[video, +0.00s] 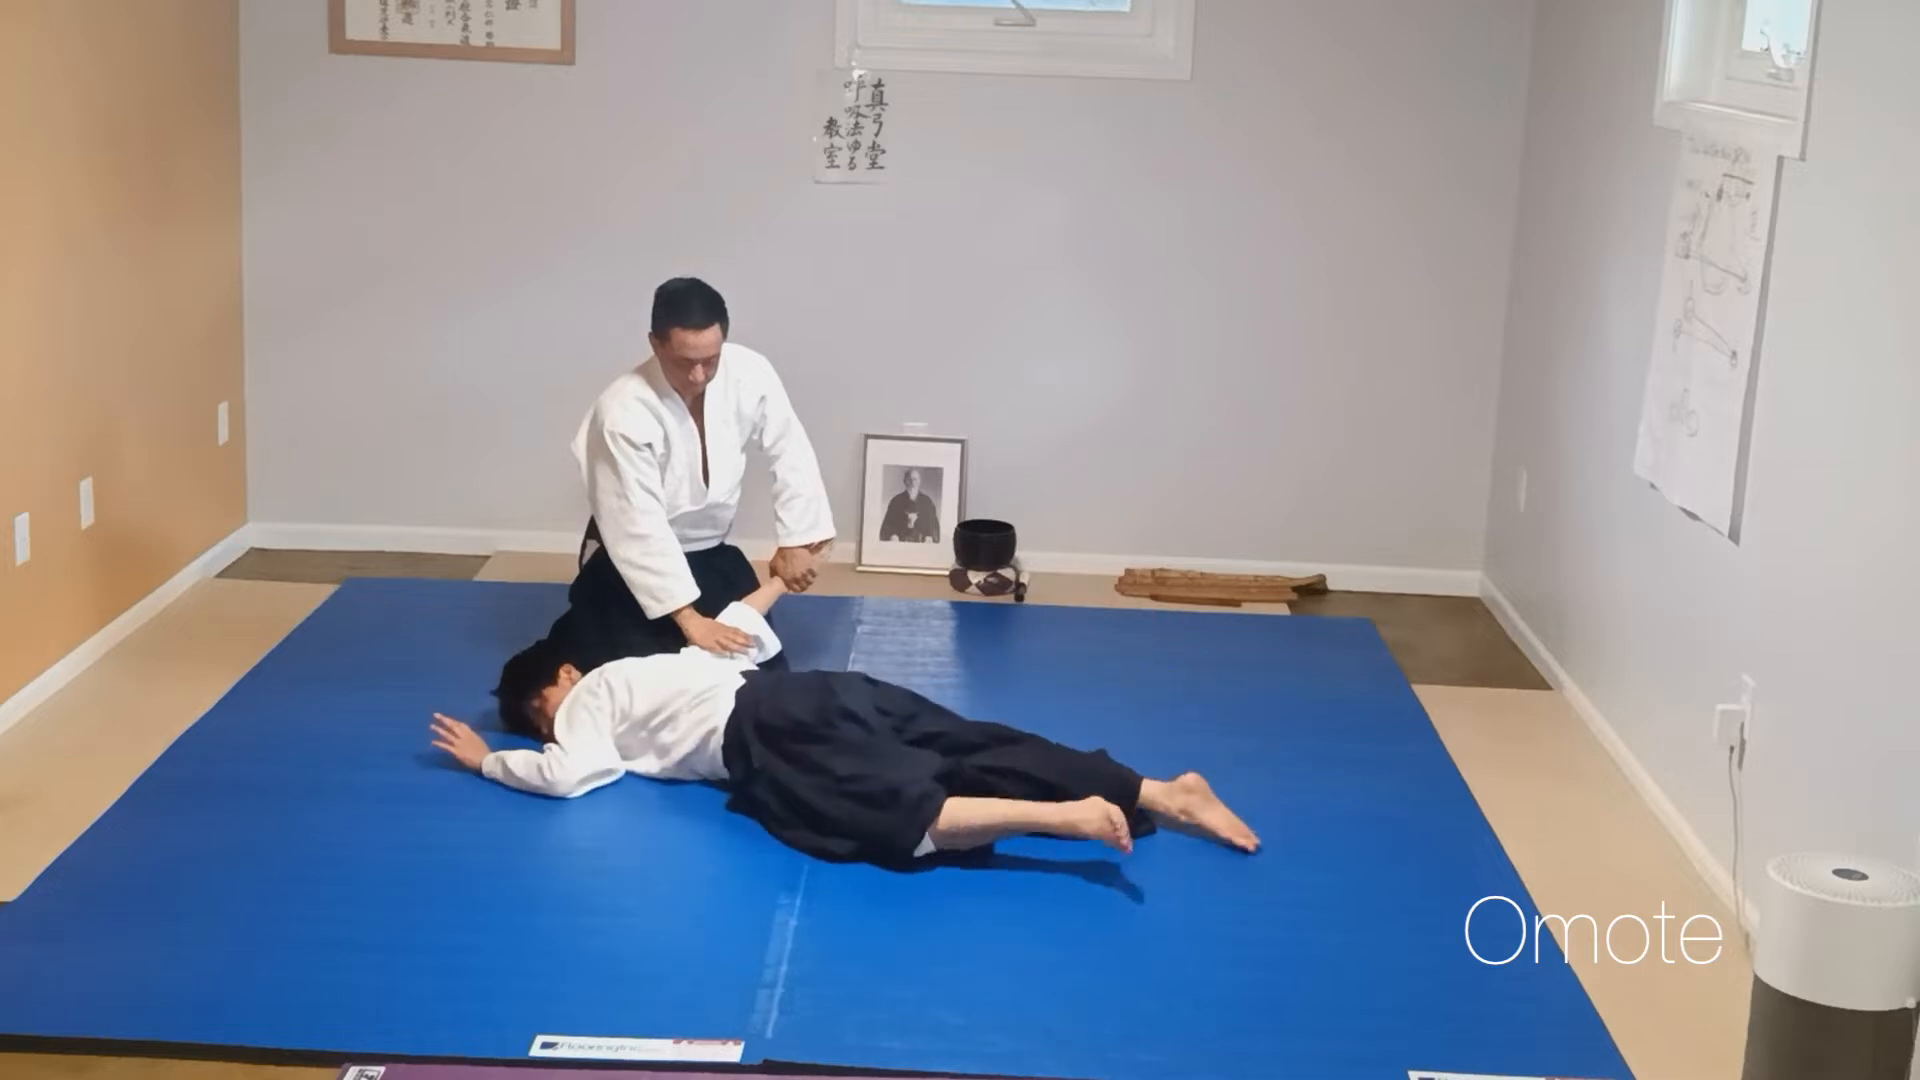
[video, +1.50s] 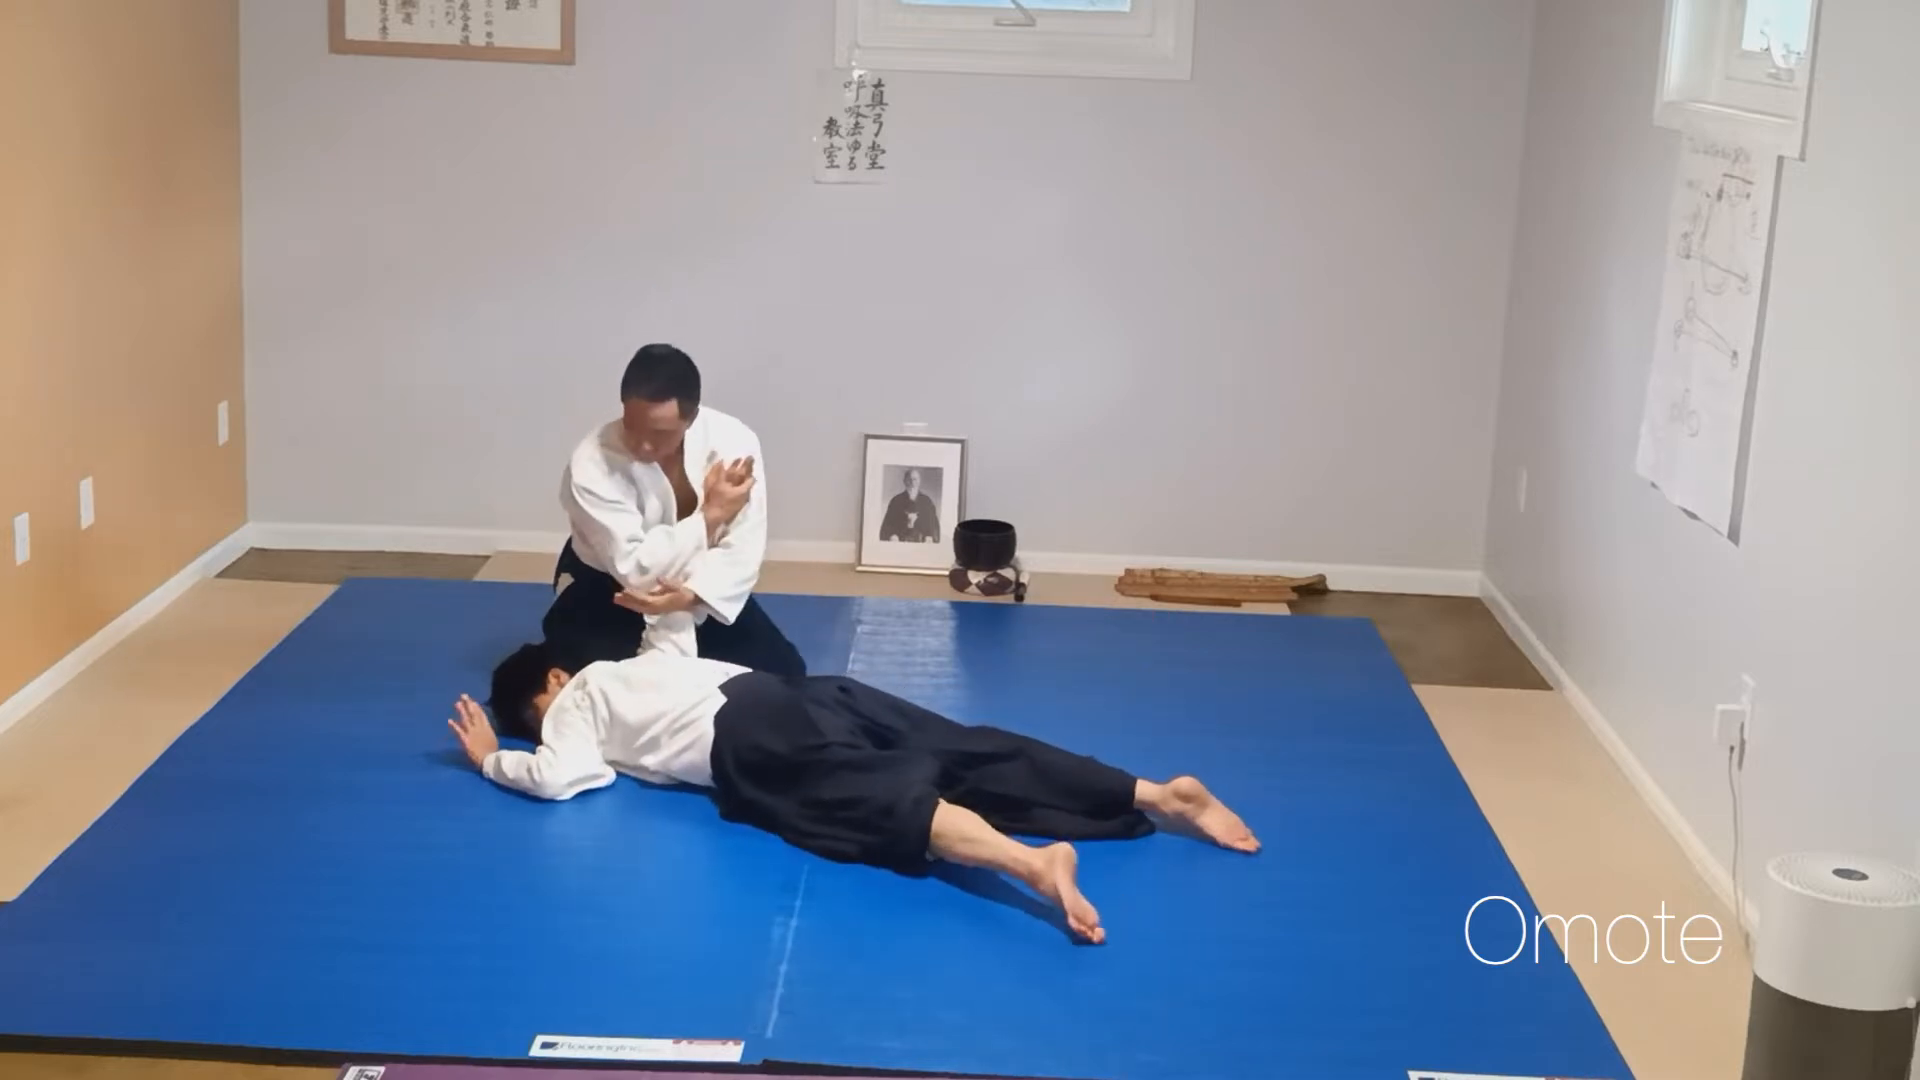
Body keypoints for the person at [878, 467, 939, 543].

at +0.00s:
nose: (913, 482)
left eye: (915, 479)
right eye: (910, 479)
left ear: (919, 481)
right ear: (905, 482)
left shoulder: (926, 501)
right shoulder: (896, 501)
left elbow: (933, 523)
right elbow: (887, 526)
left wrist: (930, 537)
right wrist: (892, 536)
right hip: (899, 544)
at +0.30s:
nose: (912, 482)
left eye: (915, 479)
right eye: (909, 480)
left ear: (919, 481)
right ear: (905, 482)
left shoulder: (926, 501)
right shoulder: (897, 501)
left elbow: (933, 523)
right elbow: (887, 525)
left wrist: (930, 537)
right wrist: (892, 536)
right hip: (899, 544)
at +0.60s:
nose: (913, 482)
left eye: (915, 479)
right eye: (909, 480)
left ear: (919, 481)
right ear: (905, 482)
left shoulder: (926, 501)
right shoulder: (896, 501)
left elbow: (933, 523)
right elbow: (886, 525)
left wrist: (930, 537)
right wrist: (892, 536)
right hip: (899, 544)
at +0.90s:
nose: (912, 482)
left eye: (915, 479)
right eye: (909, 480)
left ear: (919, 481)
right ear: (904, 482)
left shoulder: (926, 501)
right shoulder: (897, 500)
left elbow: (932, 523)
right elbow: (887, 524)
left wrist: (930, 537)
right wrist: (891, 536)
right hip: (899, 543)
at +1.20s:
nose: (912, 482)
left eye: (915, 479)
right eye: (909, 479)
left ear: (919, 481)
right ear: (904, 481)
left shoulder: (926, 501)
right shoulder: (896, 500)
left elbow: (932, 523)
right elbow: (887, 525)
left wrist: (930, 537)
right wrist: (892, 536)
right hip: (899, 543)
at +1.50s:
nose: (912, 482)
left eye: (915, 479)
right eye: (909, 479)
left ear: (919, 481)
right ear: (905, 481)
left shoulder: (926, 501)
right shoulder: (896, 500)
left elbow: (933, 523)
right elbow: (887, 525)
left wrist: (931, 537)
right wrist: (892, 536)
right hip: (899, 543)